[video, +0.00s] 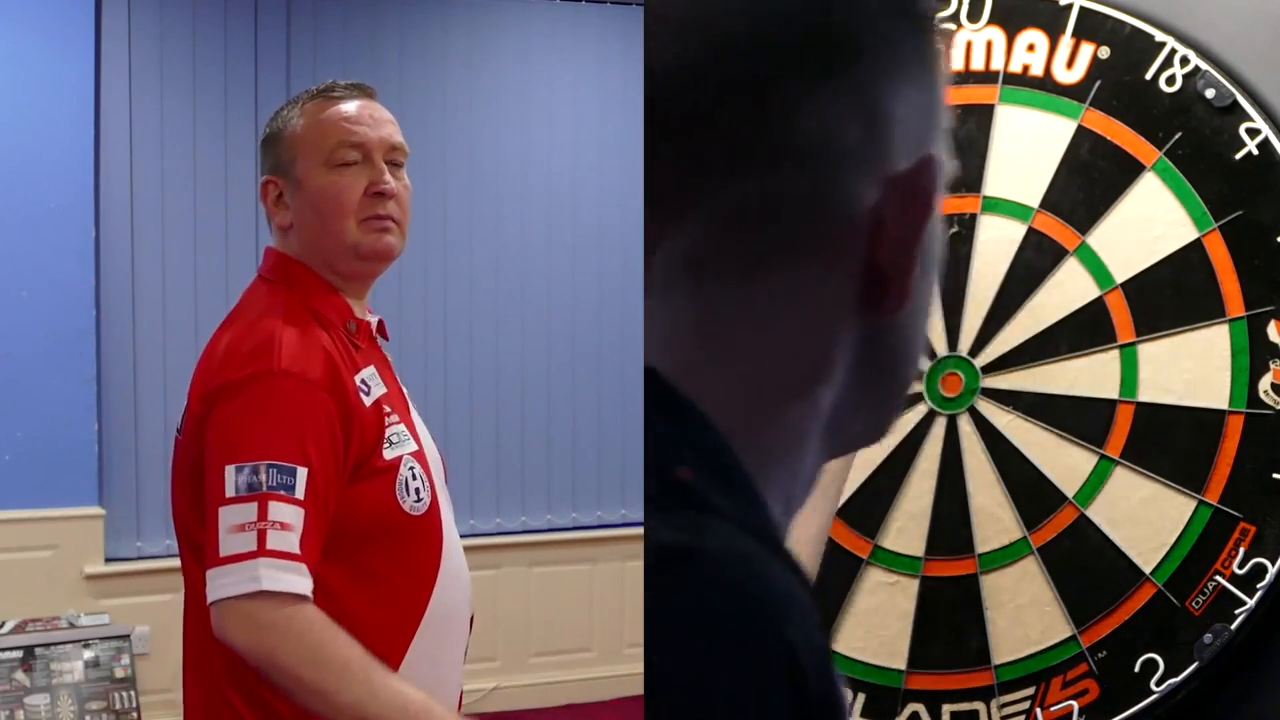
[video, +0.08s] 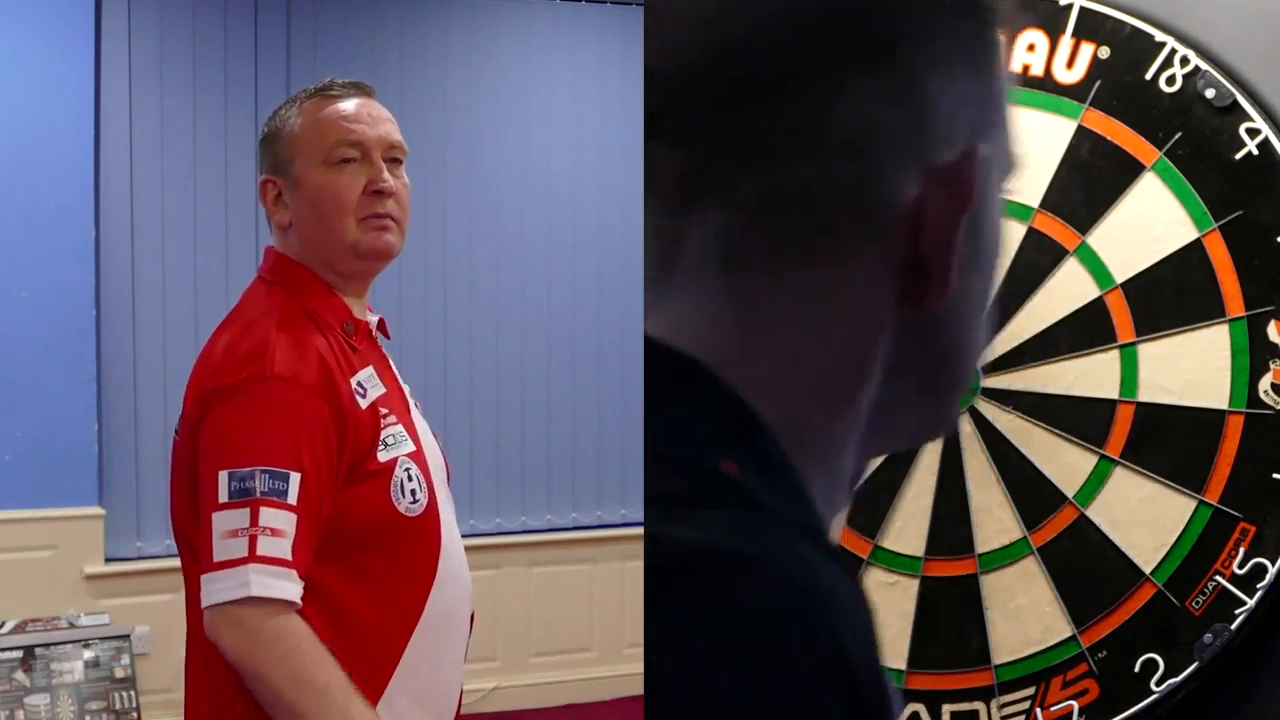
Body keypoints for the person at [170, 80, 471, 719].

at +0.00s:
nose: (385, 183)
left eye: (395, 164)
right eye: (349, 163)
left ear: (409, 186)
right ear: (279, 204)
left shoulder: (346, 331)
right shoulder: (276, 354)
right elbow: (256, 608)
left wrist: (433, 690)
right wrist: (424, 709)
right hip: (311, 707)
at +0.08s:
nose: (384, 181)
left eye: (394, 161)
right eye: (347, 161)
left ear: (408, 182)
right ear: (279, 203)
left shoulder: (348, 333)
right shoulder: (271, 357)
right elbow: (247, 614)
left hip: (405, 696)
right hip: (343, 701)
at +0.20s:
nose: (382, 179)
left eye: (393, 159)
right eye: (346, 159)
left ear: (407, 181)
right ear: (278, 202)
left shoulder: (352, 333)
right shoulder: (268, 359)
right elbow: (238, 616)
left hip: (401, 698)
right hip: (338, 704)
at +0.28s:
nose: (382, 179)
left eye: (393, 159)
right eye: (346, 159)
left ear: (408, 183)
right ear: (279, 203)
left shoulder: (358, 335)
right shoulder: (263, 361)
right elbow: (230, 619)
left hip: (403, 697)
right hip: (327, 703)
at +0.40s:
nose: (383, 178)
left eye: (394, 158)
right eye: (346, 159)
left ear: (409, 183)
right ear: (279, 201)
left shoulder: (364, 335)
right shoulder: (259, 361)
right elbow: (221, 619)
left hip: (404, 698)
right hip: (320, 705)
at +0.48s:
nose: (376, 201)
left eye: (382, 175)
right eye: (350, 177)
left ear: (401, 185)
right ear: (281, 199)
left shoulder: (363, 340)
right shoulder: (260, 364)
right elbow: (218, 618)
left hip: (404, 698)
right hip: (320, 705)